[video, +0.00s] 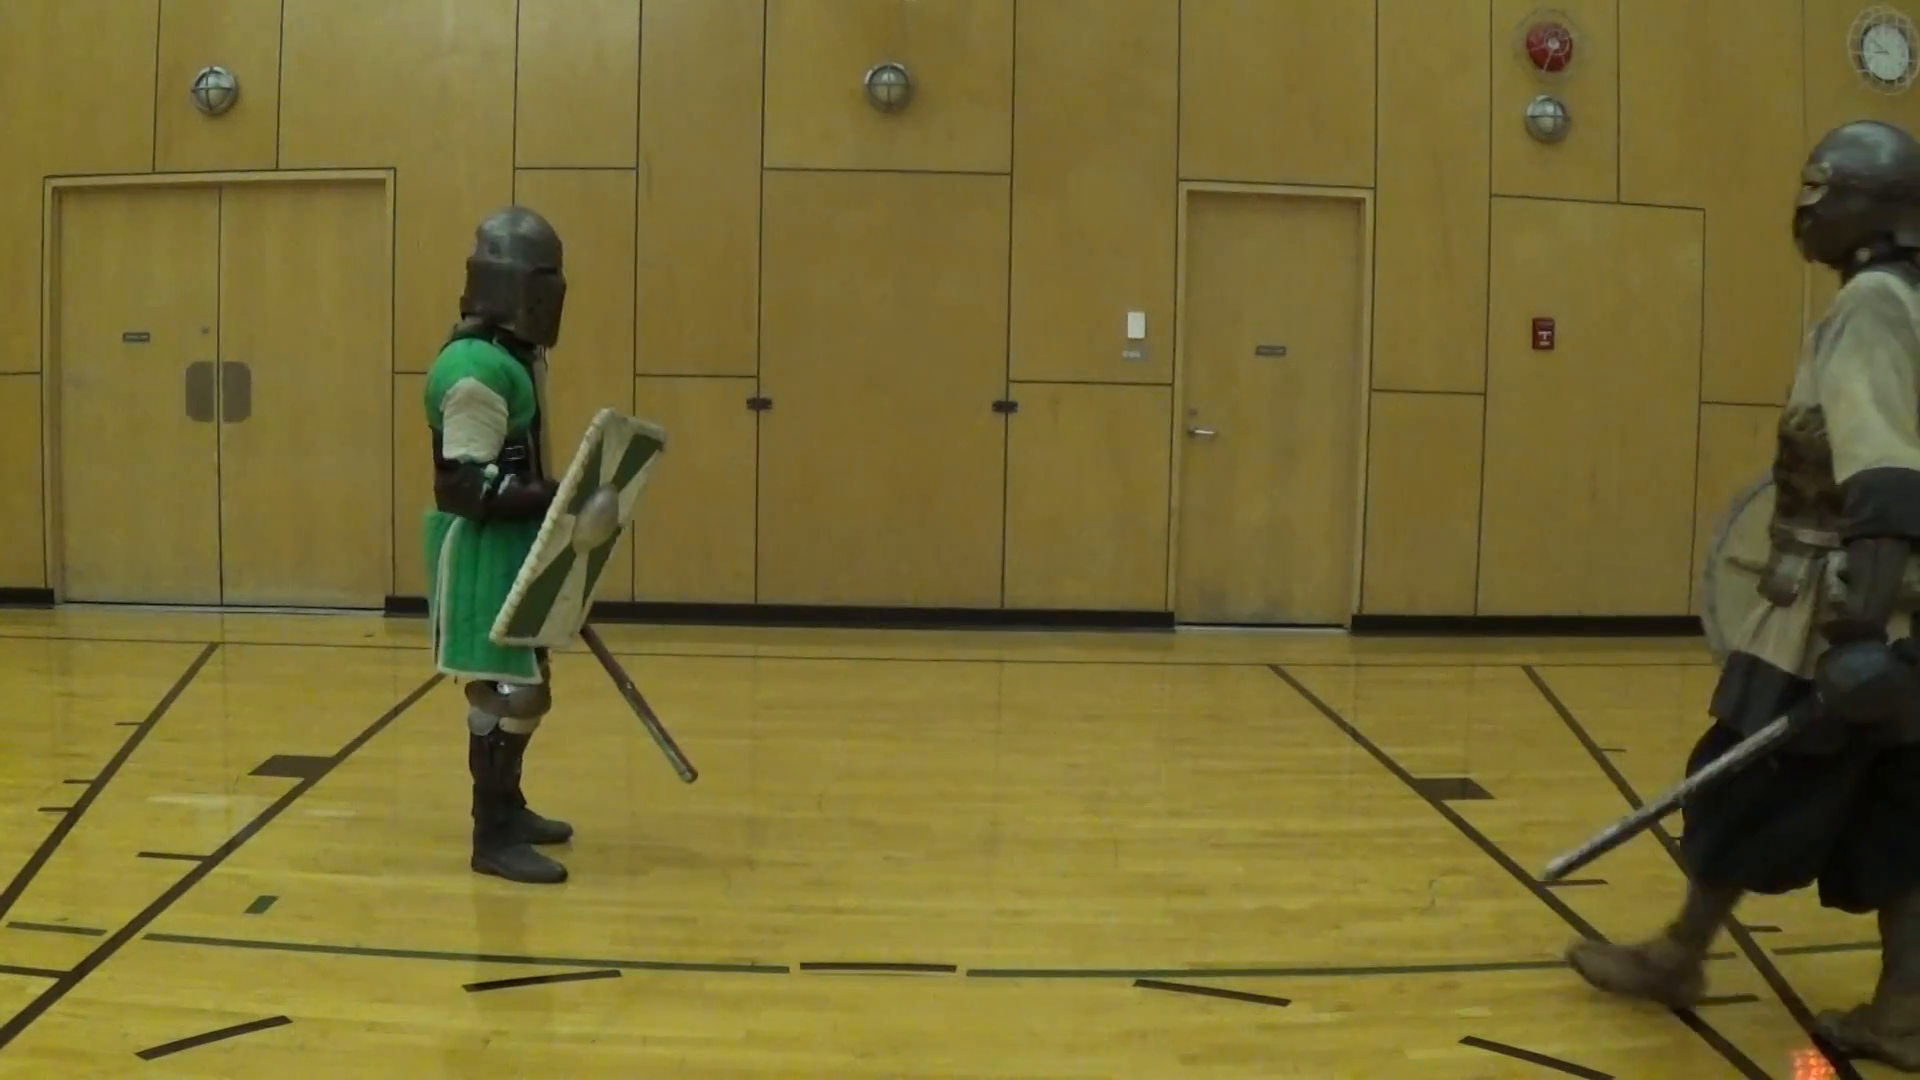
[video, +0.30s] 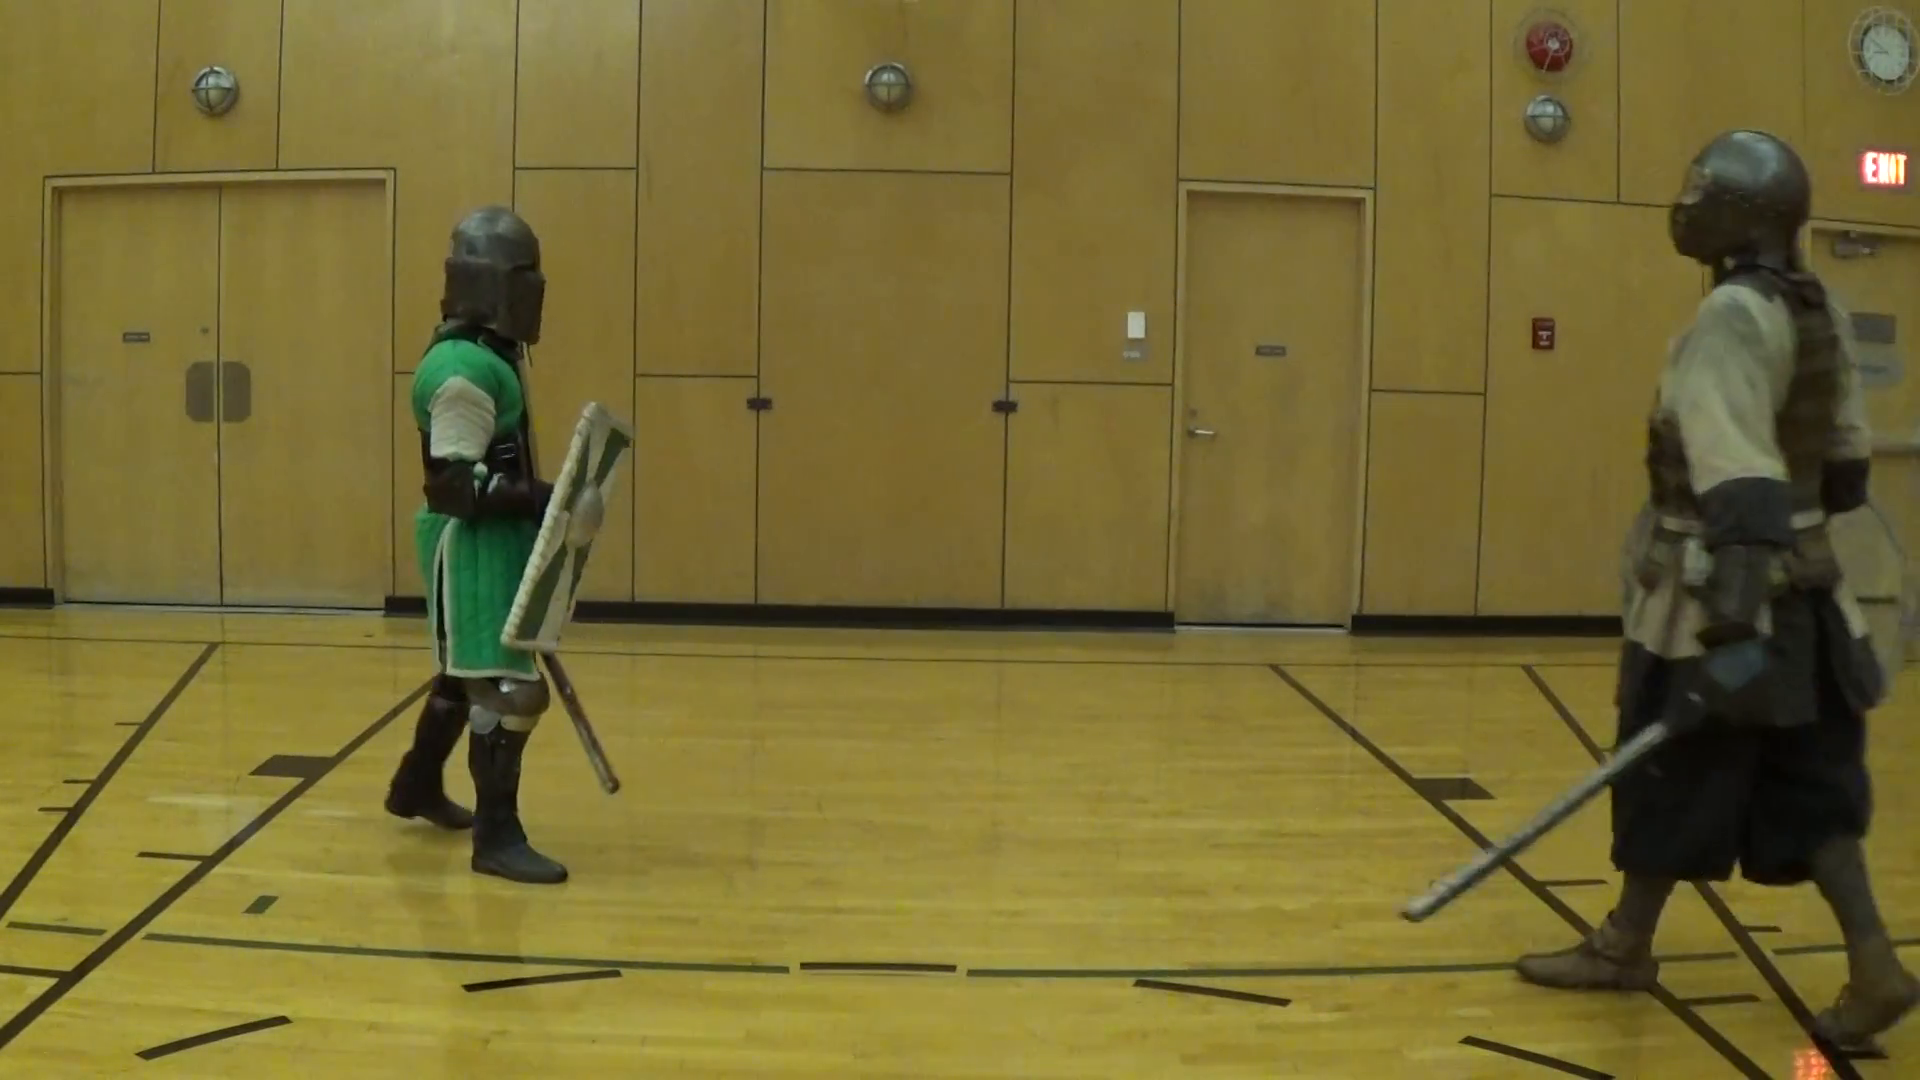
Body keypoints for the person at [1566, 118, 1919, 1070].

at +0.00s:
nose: (1800, 208)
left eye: (1818, 192)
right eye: (1806, 189)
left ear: (1876, 209)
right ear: (1880, 211)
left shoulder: (1876, 307)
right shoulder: (1896, 297)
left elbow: (1888, 477)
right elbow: (1885, 471)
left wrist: (1864, 632)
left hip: (1821, 631)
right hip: (1887, 632)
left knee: (1741, 785)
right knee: (1903, 823)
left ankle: (1679, 953)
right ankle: (1901, 1009)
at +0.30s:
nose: (1679, 206)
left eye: (1695, 193)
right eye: (1687, 191)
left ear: (1740, 212)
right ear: (1772, 216)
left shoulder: (1732, 318)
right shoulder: (1812, 309)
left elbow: (1744, 481)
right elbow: (1846, 468)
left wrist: (1735, 628)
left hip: (1716, 603)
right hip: (1799, 601)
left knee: (1668, 769)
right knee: (1809, 784)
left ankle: (1625, 940)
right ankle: (1876, 967)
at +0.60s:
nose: (1592, 206)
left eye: (1604, 191)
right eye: (1597, 189)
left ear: (1647, 201)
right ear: (1687, 203)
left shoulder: (1635, 305)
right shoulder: (1728, 293)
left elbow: (1598, 468)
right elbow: (1733, 454)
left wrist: (1526, 583)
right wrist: (1701, 540)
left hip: (1626, 576)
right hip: (1693, 570)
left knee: (1608, 747)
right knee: (1657, 738)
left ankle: (1621, 940)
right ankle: (1705, 904)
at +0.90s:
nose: (1521, 210)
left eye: (1537, 195)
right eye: (1526, 193)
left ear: (1585, 207)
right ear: (1596, 208)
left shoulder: (1594, 299)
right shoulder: (1627, 290)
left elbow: (1570, 460)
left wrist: (1461, 530)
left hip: (1579, 560)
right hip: (1587, 554)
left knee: (1583, 737)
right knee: (1524, 716)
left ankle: (1622, 937)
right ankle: (1469, 870)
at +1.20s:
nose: (1446, 211)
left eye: (1464, 197)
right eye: (1451, 197)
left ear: (1515, 211)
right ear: (1510, 215)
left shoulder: (1536, 298)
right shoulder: (1507, 298)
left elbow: (1569, 444)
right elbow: (1506, 437)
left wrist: (1472, 521)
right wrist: (1437, 502)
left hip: (1508, 570)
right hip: (1471, 565)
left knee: (1532, 739)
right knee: (1441, 721)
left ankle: (1609, 920)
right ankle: (1409, 881)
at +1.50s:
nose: (1391, 215)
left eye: (1408, 200)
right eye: (1395, 200)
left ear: (1459, 213)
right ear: (1453, 216)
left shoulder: (1484, 291)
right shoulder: (1453, 293)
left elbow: (1515, 419)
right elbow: (1449, 411)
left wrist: (1392, 435)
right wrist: (1362, 434)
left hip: (1429, 543)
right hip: (1427, 537)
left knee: (1367, 717)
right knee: (1427, 705)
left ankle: (1502, 859)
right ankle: (1407, 880)